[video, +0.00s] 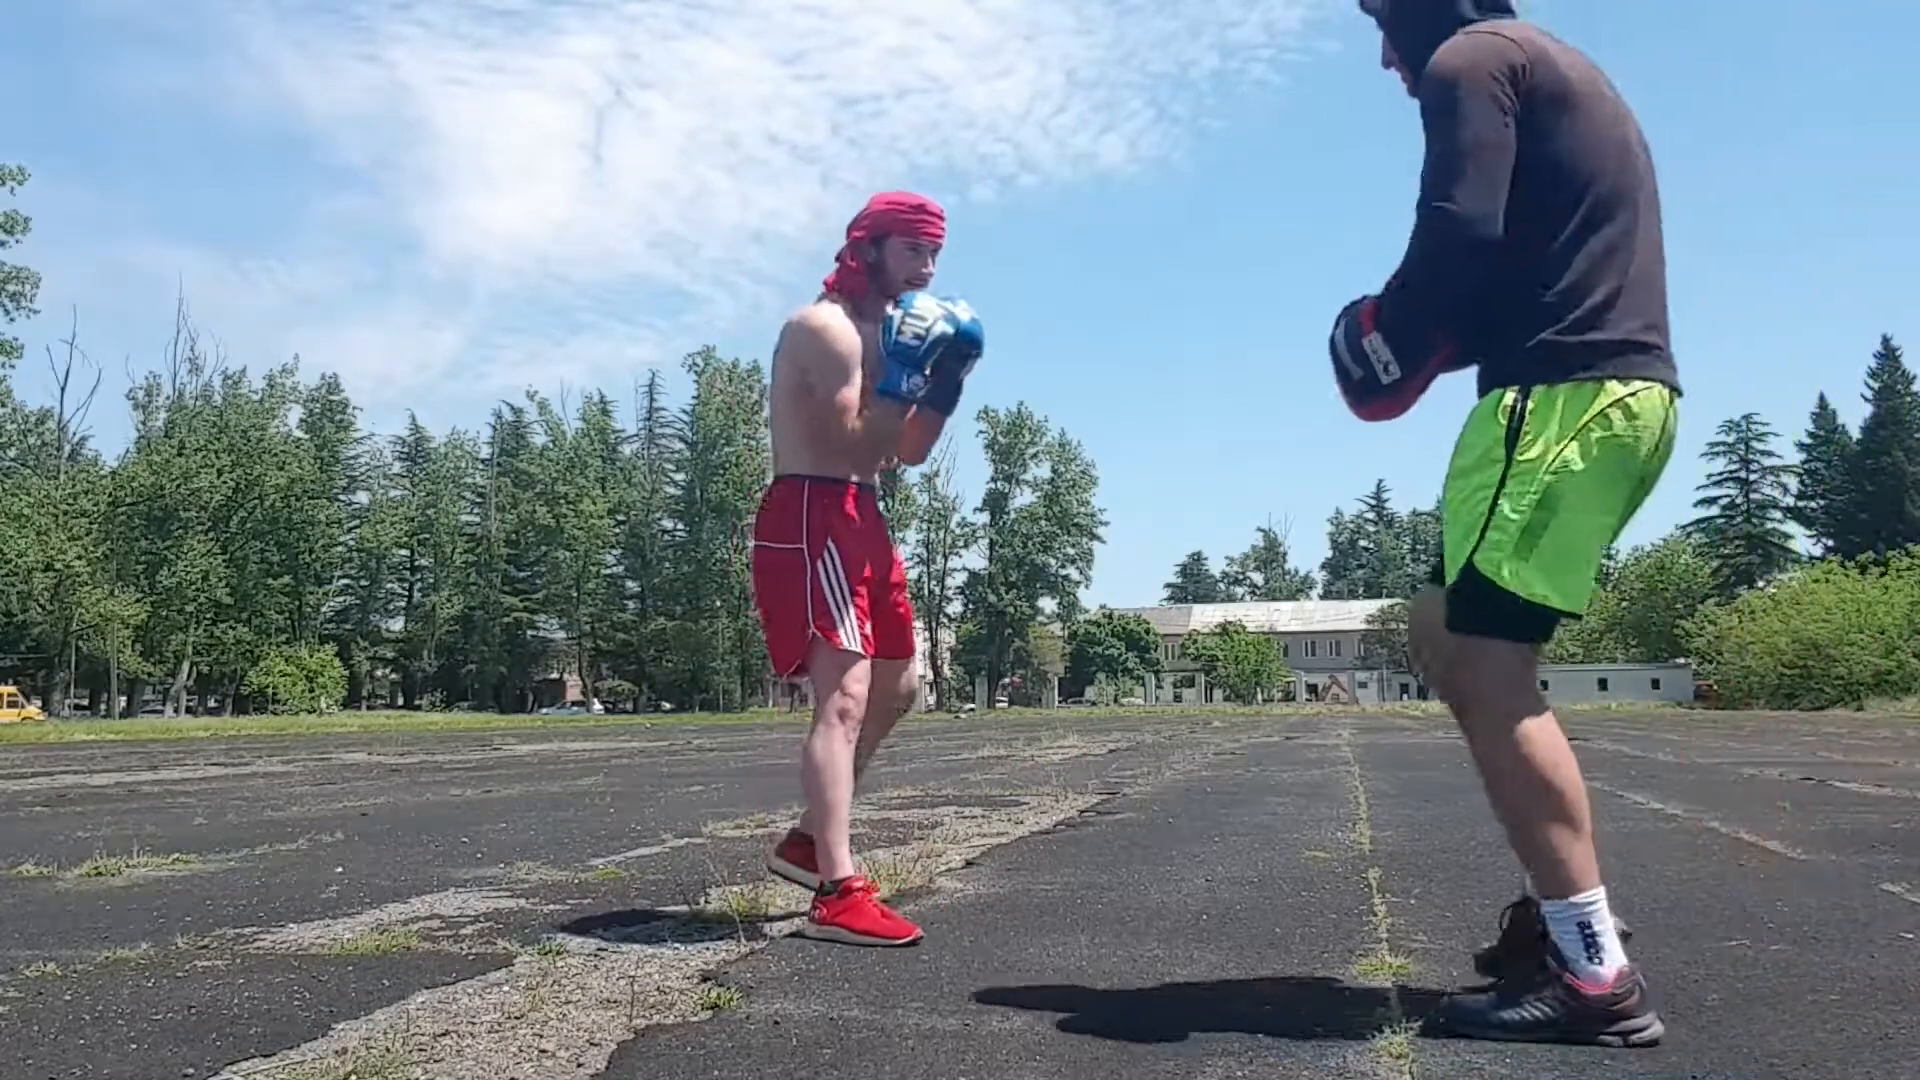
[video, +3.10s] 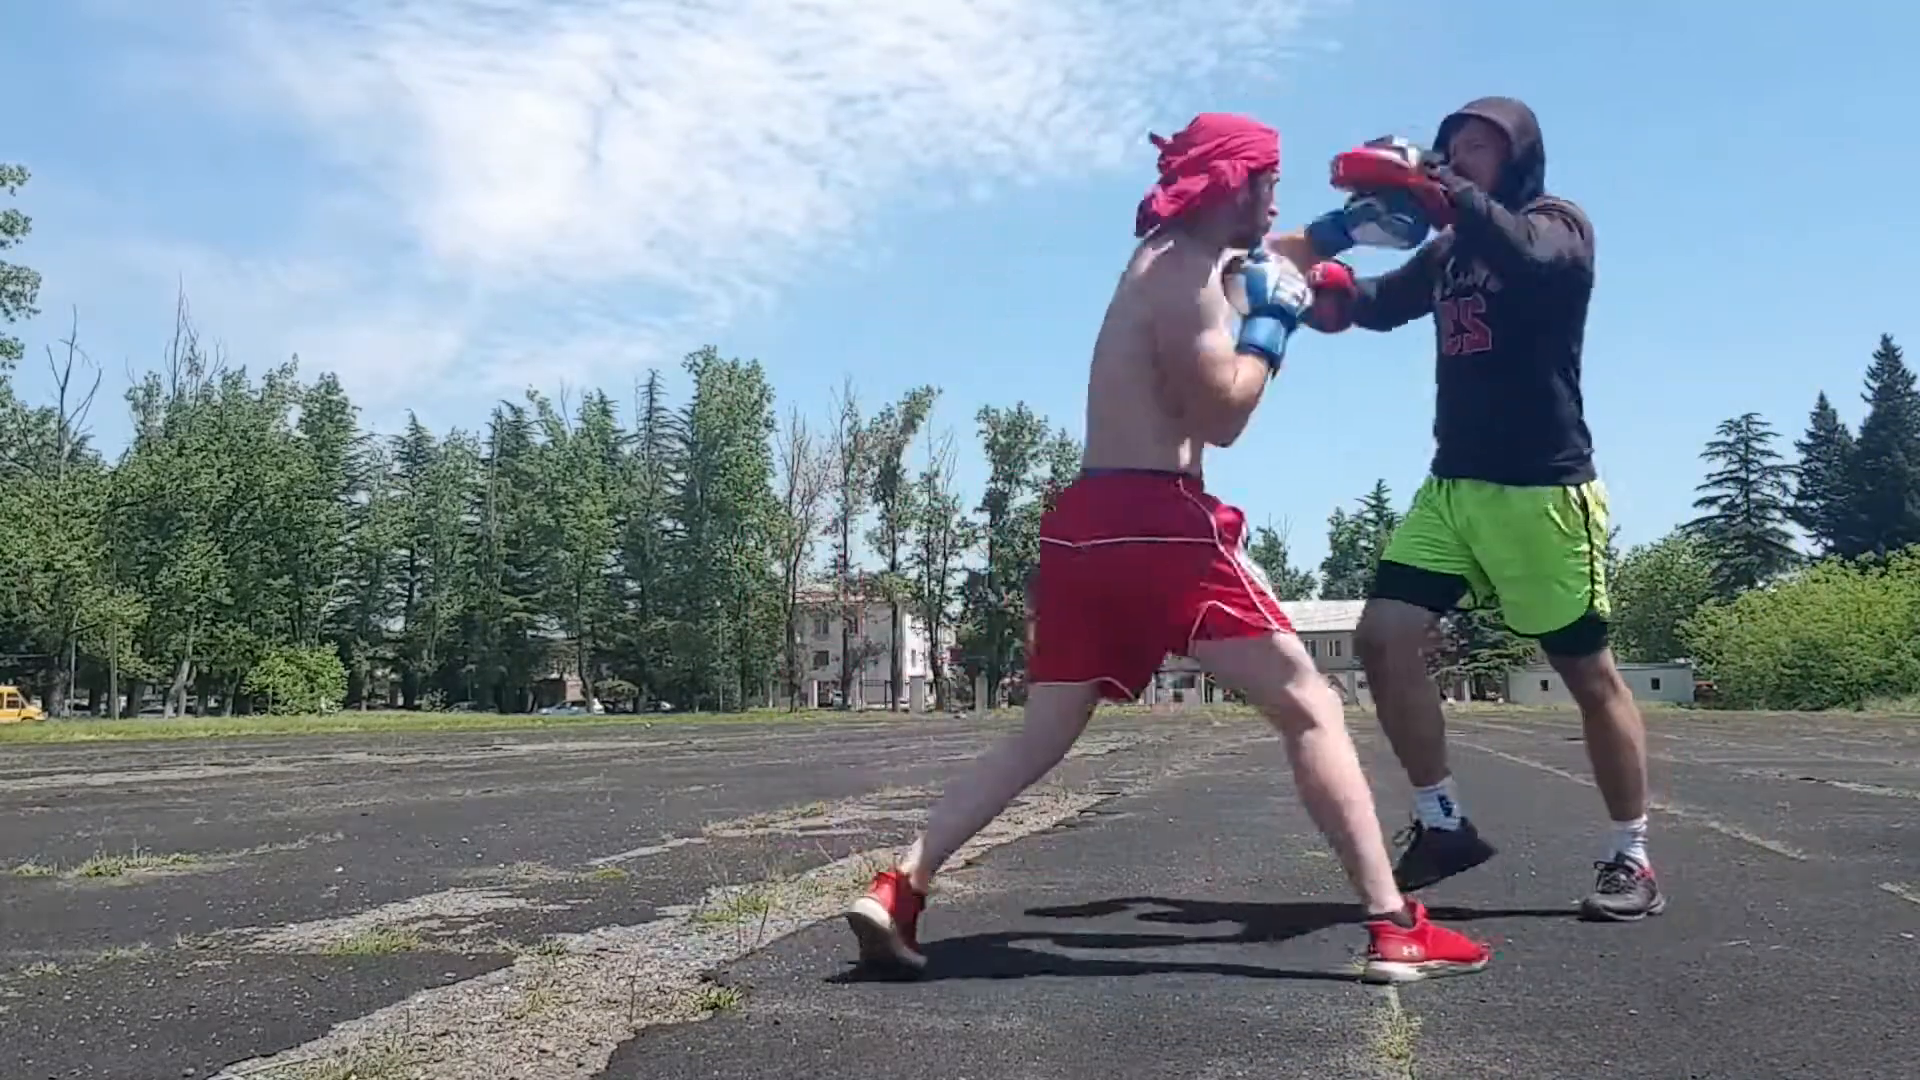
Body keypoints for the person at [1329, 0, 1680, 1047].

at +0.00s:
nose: (1386, 57)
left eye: (1385, 28)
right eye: (1378, 36)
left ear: (1423, 8)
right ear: (1479, 4)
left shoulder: (1470, 57)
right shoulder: (1560, 68)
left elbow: (1464, 221)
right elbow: (1537, 270)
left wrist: (1391, 327)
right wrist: (1426, 357)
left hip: (1563, 393)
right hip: (1619, 391)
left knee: (1490, 669)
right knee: (1443, 635)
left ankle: (1595, 977)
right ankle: (1556, 902)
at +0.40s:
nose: (1317, 97)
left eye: (1317, 73)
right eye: (1312, 81)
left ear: (1348, 46)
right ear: (1394, 30)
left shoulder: (1395, 80)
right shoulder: (1464, 105)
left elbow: (1380, 232)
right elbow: (1431, 307)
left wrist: (1285, 327)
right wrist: (1307, 364)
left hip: (1483, 397)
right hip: (1534, 392)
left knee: (1391, 651)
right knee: (1436, 663)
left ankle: (1536, 918)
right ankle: (1464, 919)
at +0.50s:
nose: (1315, 67)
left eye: (1314, 43)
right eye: (1310, 49)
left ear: (1350, 20)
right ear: (1402, 17)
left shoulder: (1392, 71)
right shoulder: (1461, 92)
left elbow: (1307, 211)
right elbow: (1428, 250)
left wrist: (1215, 255)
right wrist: (1329, 270)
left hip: (1475, 399)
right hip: (1512, 393)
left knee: (1436, 664)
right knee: (1415, 660)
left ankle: (1542, 942)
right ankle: (1463, 914)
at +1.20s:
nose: (1281, 126)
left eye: (1283, 107)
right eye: (1278, 113)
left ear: (1309, 93)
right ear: (1359, 80)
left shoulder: (1362, 152)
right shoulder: (1392, 149)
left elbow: (1214, 247)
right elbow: (1295, 222)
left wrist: (1125, 211)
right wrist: (1232, 185)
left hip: (1437, 445)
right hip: (1408, 445)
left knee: (1403, 674)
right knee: (1317, 646)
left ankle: (1528, 930)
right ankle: (1375, 879)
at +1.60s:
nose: (1322, 87)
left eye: (1331, 67)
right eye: (1325, 69)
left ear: (1370, 72)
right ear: (1393, 71)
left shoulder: (1433, 151)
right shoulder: (1384, 165)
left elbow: (1319, 229)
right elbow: (1319, 256)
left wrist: (1224, 168)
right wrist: (1223, 196)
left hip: (1445, 446)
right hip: (1377, 452)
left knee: (1469, 664)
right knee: (1348, 655)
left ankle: (1637, 873)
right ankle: (1387, 895)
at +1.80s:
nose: (1405, 82)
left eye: (1422, 64)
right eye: (1404, 66)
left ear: (1477, 69)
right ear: (1429, 77)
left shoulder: (1530, 156)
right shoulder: (1429, 179)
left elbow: (1425, 201)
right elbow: (1373, 266)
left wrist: (1325, 149)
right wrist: (1297, 219)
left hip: (1495, 464)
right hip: (1400, 464)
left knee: (1567, 679)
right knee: (1341, 656)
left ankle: (1665, 905)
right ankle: (1384, 891)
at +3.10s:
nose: (1454, 162)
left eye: (1474, 147)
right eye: (1448, 152)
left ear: (1518, 157)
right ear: (1445, 165)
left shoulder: (1558, 224)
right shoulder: (1448, 248)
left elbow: (1531, 254)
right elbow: (1383, 304)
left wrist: (1441, 192)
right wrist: (1320, 286)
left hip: (1545, 492)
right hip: (1452, 489)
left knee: (1593, 677)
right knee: (1386, 640)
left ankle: (1632, 860)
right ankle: (1443, 826)